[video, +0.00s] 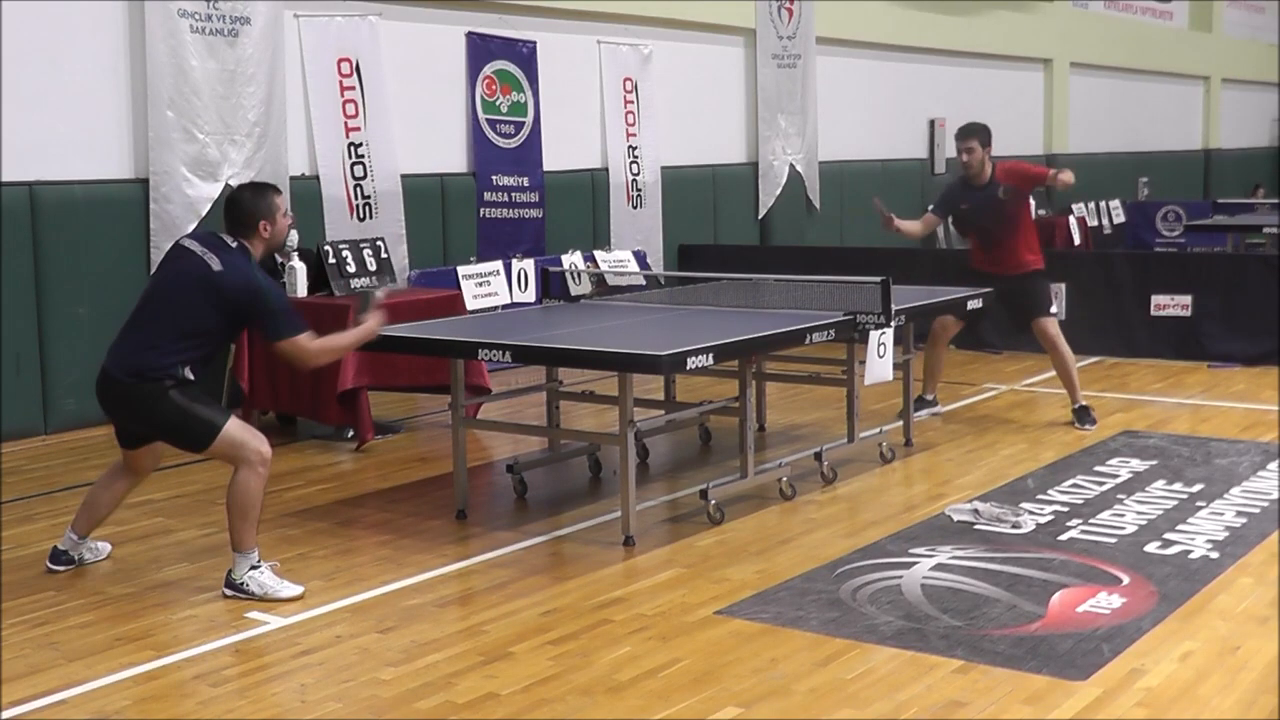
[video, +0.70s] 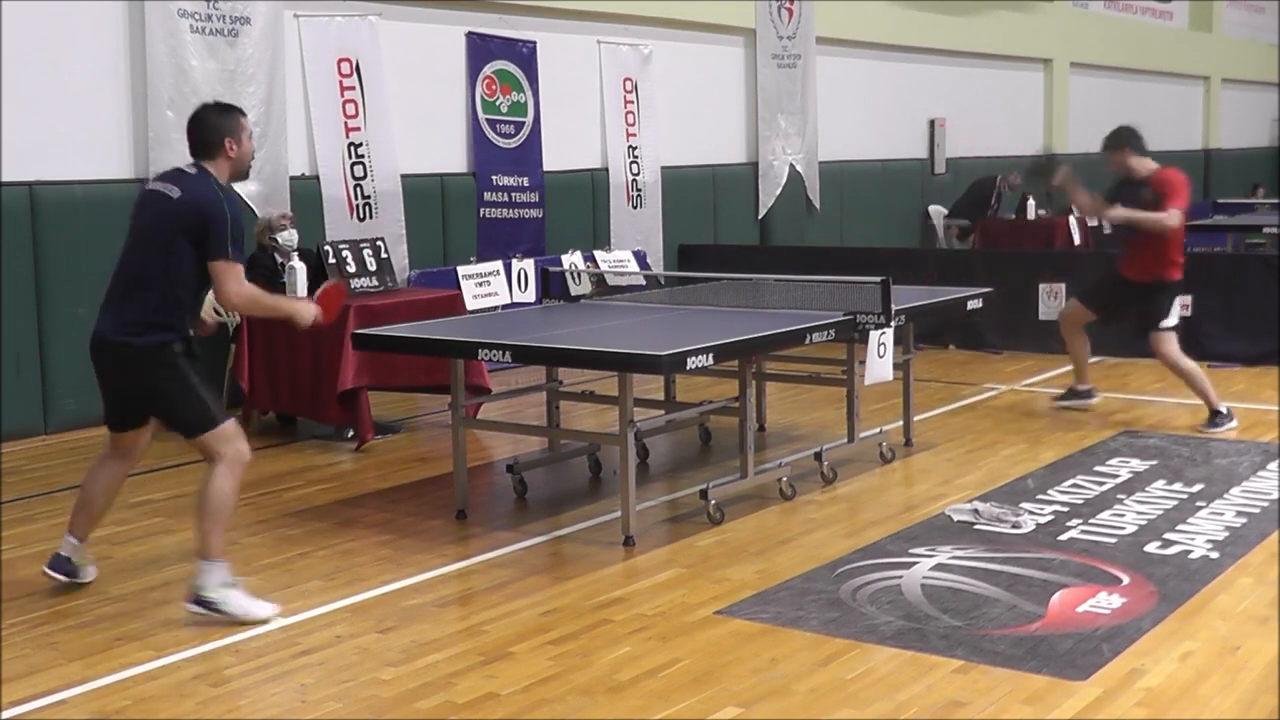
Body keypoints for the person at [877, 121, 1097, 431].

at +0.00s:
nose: (963, 158)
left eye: (969, 151)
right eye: (960, 152)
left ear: (987, 150)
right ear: (957, 153)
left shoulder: (1012, 173)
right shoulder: (955, 191)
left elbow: (1062, 177)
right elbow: (922, 228)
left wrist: (1062, 179)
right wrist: (897, 224)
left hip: (1025, 274)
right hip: (981, 276)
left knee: (1048, 331)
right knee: (940, 328)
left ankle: (1079, 404)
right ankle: (928, 398)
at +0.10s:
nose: (974, 151)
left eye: (980, 145)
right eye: (970, 145)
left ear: (998, 143)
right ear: (968, 146)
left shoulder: (1023, 167)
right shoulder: (970, 180)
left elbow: (1073, 189)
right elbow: (946, 226)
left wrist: (1057, 213)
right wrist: (919, 235)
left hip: (1044, 260)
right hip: (1001, 264)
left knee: (1064, 323)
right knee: (964, 322)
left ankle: (1096, 399)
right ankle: (946, 392)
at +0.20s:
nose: (984, 159)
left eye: (990, 152)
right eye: (981, 153)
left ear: (1008, 151)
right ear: (978, 154)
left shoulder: (1038, 177)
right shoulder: (981, 189)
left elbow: (1079, 208)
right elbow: (961, 235)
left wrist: (1051, 235)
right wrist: (933, 257)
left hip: (1055, 271)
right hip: (1014, 273)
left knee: (1075, 328)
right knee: (975, 326)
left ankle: (1115, 398)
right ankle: (981, 387)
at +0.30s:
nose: (998, 165)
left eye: (1003, 157)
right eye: (995, 159)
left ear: (1023, 154)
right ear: (995, 159)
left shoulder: (1049, 178)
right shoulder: (1005, 195)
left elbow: (1052, 228)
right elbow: (1004, 248)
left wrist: (1012, 233)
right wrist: (979, 281)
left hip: (1081, 270)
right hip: (1038, 273)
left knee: (1108, 332)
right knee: (1002, 331)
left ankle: (1130, 395)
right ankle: (982, 388)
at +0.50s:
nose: (1044, 178)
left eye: (1046, 171)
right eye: (1043, 172)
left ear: (1062, 166)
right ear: (1069, 166)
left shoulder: (1062, 192)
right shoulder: (1104, 187)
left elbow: (1033, 238)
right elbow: (1115, 230)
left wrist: (1002, 278)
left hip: (1128, 283)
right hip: (1098, 284)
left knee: (1140, 359)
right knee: (1053, 323)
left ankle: (1209, 402)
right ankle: (1060, 395)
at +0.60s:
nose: (1068, 180)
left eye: (1069, 172)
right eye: (1066, 173)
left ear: (1084, 168)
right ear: (1096, 167)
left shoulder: (1090, 190)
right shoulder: (1126, 190)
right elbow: (1134, 234)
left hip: (1141, 287)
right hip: (1115, 285)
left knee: (1149, 365)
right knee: (1066, 323)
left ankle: (1218, 408)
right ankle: (1063, 394)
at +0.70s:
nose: (1110, 166)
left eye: (1111, 158)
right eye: (1109, 159)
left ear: (1126, 152)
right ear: (1125, 154)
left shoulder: (1172, 179)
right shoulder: (1127, 184)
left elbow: (1172, 220)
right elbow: (1095, 210)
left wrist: (1123, 215)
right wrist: (1069, 184)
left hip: (1163, 283)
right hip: (1127, 277)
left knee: (1165, 348)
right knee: (1070, 319)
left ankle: (1219, 411)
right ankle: (1081, 388)